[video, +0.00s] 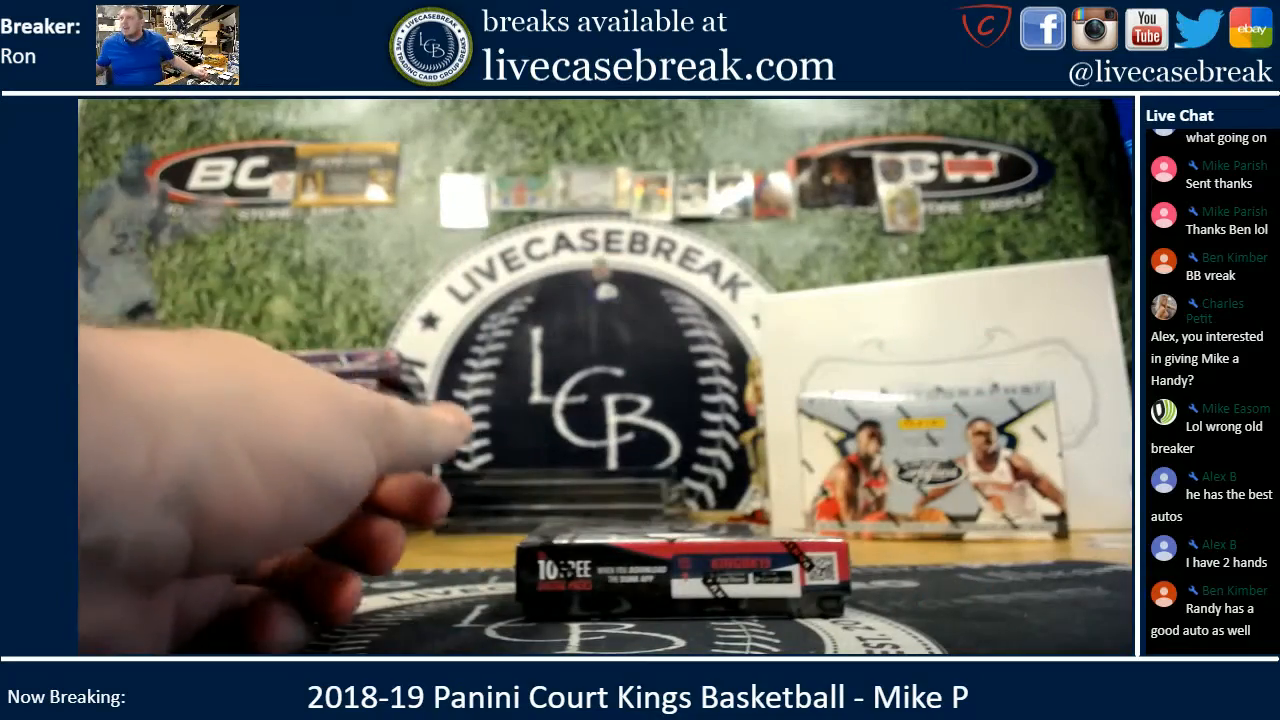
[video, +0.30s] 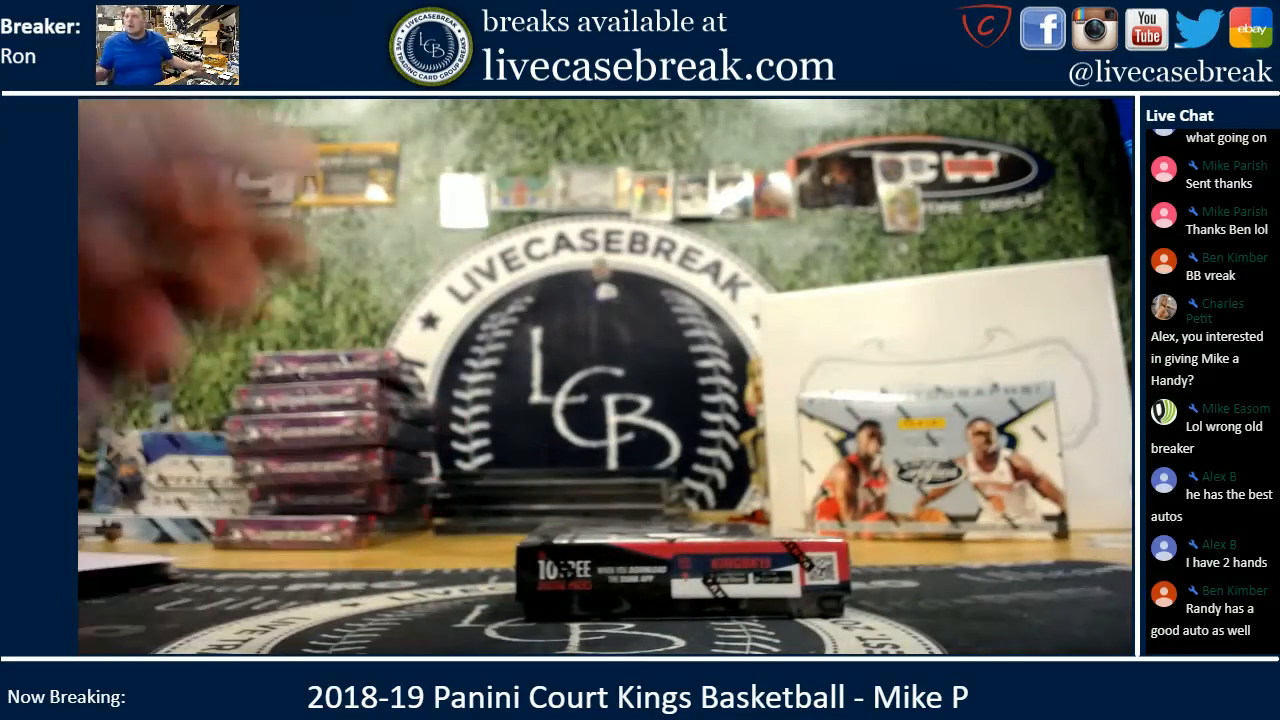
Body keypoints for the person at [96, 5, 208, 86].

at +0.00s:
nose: (124, 22)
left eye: (129, 18)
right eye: (121, 18)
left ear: (141, 21)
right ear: (118, 21)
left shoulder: (157, 40)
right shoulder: (110, 43)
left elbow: (173, 60)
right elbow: (99, 68)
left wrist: (194, 71)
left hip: (154, 101)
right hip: (122, 101)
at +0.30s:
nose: (129, 20)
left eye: (134, 17)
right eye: (127, 16)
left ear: (144, 21)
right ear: (123, 20)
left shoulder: (157, 40)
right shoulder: (112, 42)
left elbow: (171, 60)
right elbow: (103, 71)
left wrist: (190, 65)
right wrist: (90, 75)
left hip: (155, 98)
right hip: (122, 99)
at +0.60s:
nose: (139, 19)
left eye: (144, 16)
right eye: (136, 16)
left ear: (152, 21)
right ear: (130, 21)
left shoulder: (158, 39)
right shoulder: (118, 40)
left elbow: (170, 59)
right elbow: (107, 74)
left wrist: (181, 55)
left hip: (157, 96)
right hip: (126, 98)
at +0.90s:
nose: (143, 19)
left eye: (147, 16)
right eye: (139, 16)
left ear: (153, 21)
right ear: (133, 21)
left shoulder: (160, 38)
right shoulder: (123, 39)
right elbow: (128, 71)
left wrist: (179, 55)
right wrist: (164, 59)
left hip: (159, 92)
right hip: (132, 95)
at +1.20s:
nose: (150, 21)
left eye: (153, 18)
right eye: (145, 18)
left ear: (156, 21)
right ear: (136, 21)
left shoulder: (161, 39)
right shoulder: (125, 41)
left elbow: (174, 59)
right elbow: (134, 76)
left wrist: (183, 59)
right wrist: (170, 64)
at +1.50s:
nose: (157, 27)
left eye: (159, 22)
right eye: (153, 23)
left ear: (160, 21)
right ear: (140, 24)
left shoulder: (160, 38)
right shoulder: (126, 44)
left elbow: (173, 57)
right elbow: (138, 80)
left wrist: (191, 60)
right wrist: (178, 82)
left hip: (163, 90)